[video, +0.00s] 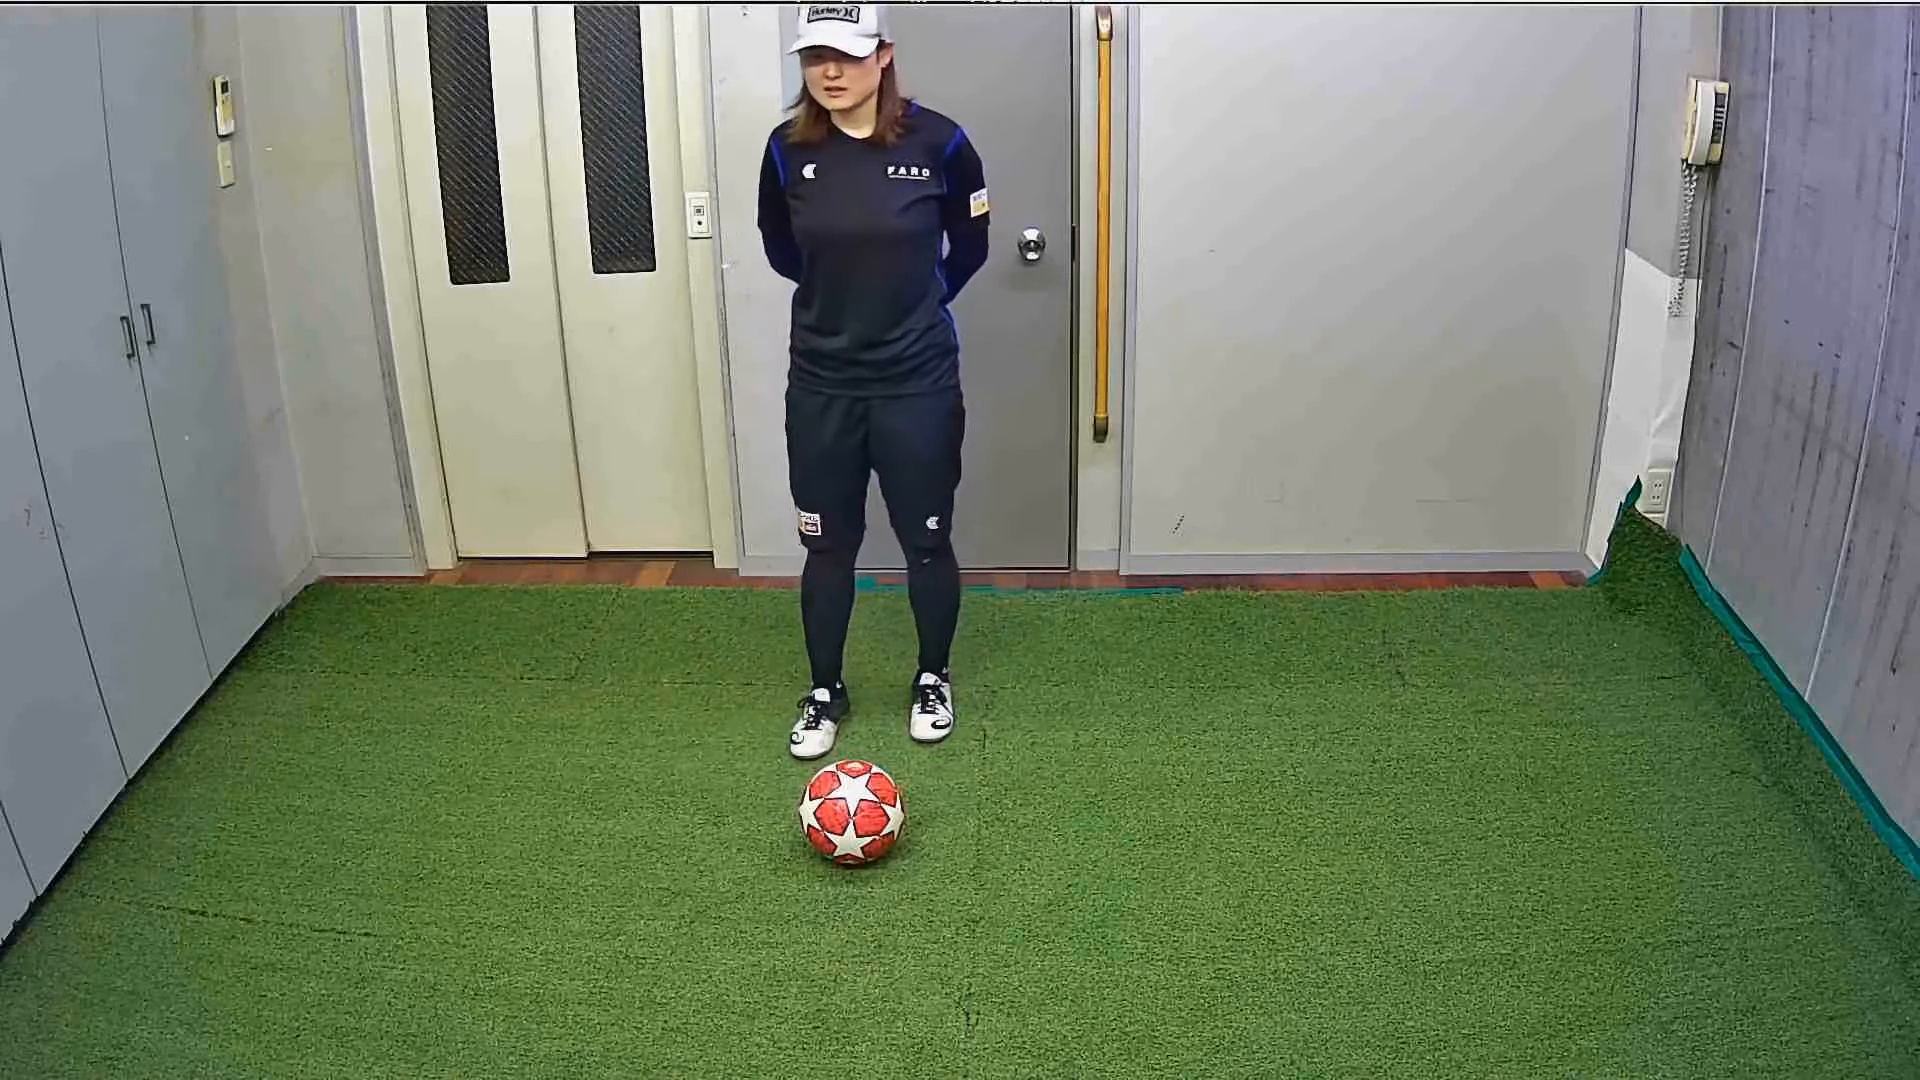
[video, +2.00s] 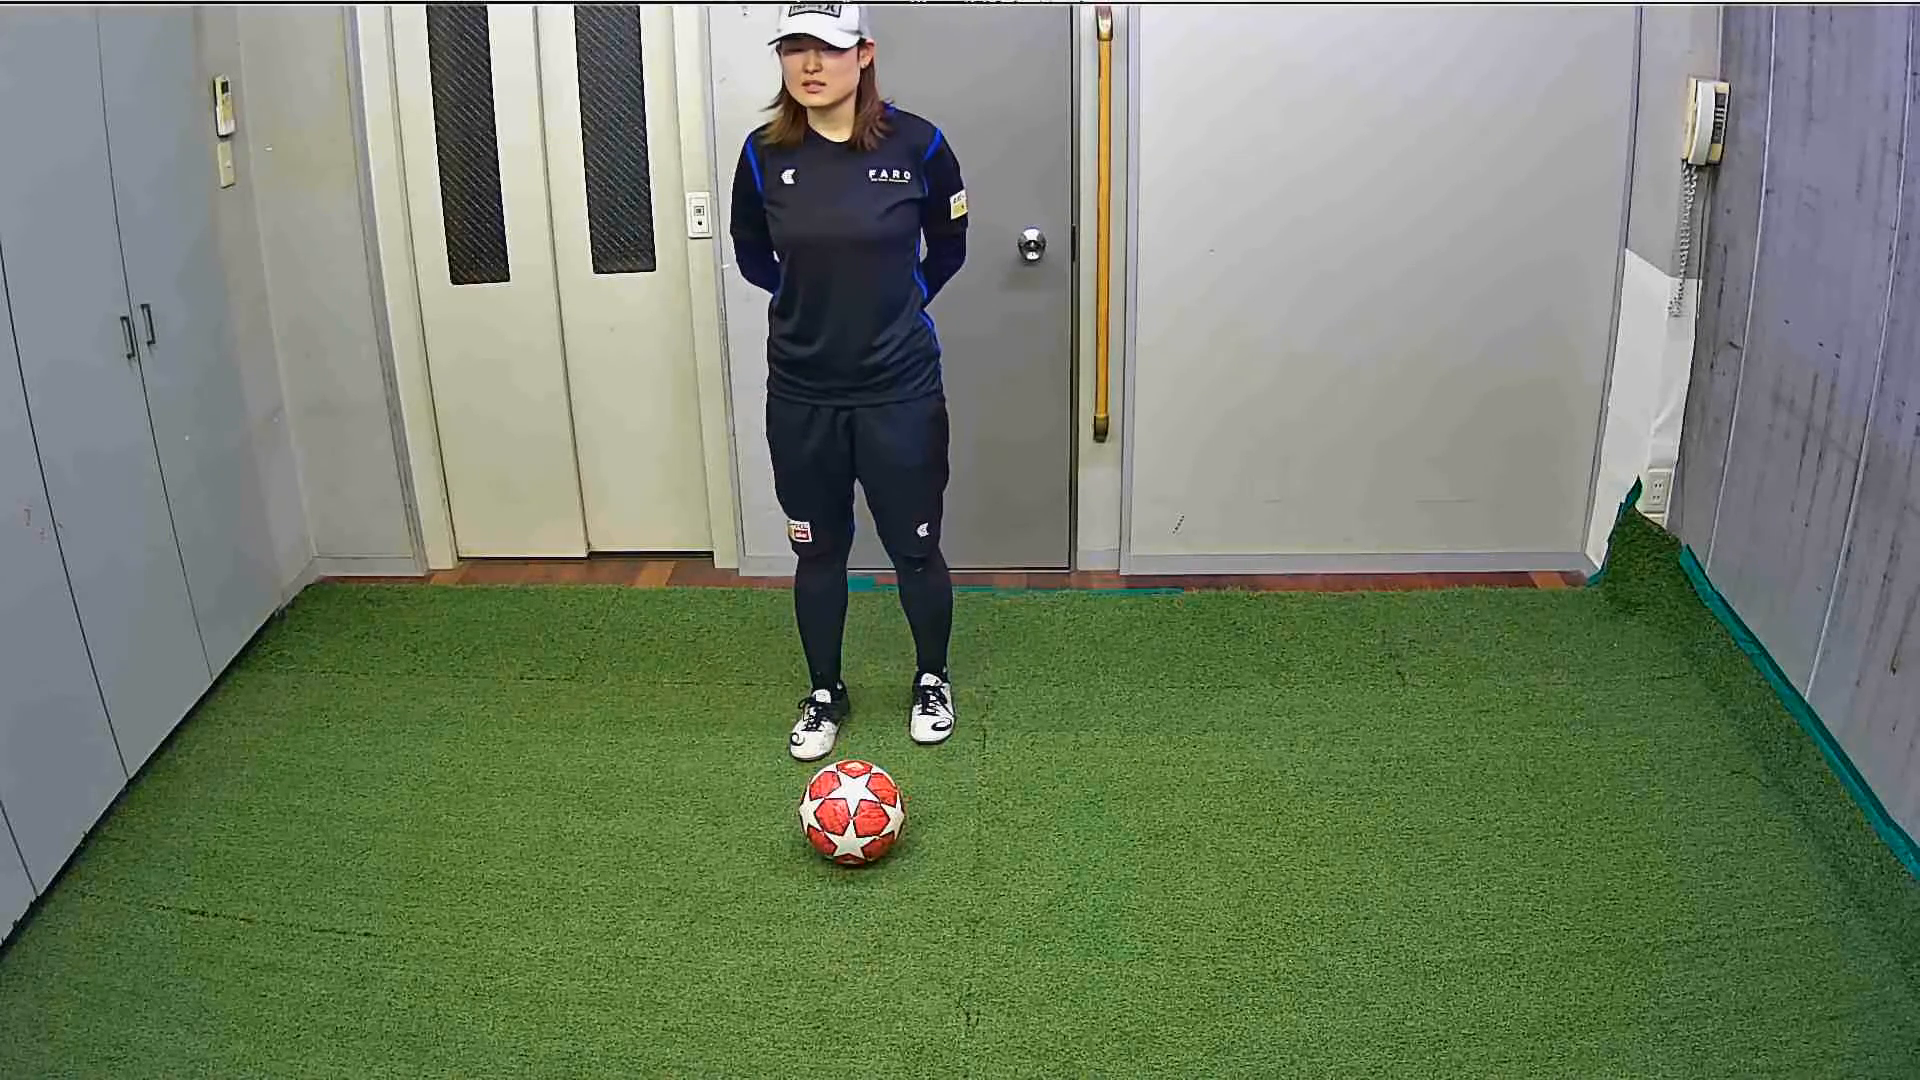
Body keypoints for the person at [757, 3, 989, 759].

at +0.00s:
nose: (830, 73)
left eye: (847, 57)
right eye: (817, 59)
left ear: (883, 58)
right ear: (803, 67)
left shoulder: (940, 142)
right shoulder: (787, 150)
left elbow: (972, 247)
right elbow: (779, 249)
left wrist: (913, 300)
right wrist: (840, 284)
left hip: (916, 379)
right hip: (820, 381)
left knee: (926, 537)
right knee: (824, 538)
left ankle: (932, 680)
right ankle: (824, 692)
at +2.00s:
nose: (809, 64)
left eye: (826, 49)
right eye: (796, 51)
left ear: (864, 56)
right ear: (781, 64)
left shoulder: (918, 145)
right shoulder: (762, 155)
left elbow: (950, 248)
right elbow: (750, 253)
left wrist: (894, 302)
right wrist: (810, 291)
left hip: (899, 385)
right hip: (801, 387)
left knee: (916, 548)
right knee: (814, 547)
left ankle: (931, 681)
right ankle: (825, 694)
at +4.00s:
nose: (787, 71)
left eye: (804, 55)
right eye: (773, 56)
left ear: (841, 59)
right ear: (759, 66)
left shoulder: (899, 145)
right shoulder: (743, 160)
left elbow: (932, 248)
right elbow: (731, 260)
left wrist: (875, 302)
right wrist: (794, 297)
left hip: (888, 388)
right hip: (788, 393)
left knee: (909, 549)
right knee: (809, 551)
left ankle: (932, 681)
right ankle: (824, 695)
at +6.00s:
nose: (890, 60)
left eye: (907, 47)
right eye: (878, 47)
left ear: (943, 56)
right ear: (863, 59)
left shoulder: (994, 142)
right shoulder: (845, 144)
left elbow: (1037, 226)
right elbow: (822, 240)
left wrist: (1045, 314)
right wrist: (872, 280)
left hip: (962, 366)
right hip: (868, 367)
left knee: (961, 522)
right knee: (851, 527)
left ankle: (956, 661)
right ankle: (830, 692)